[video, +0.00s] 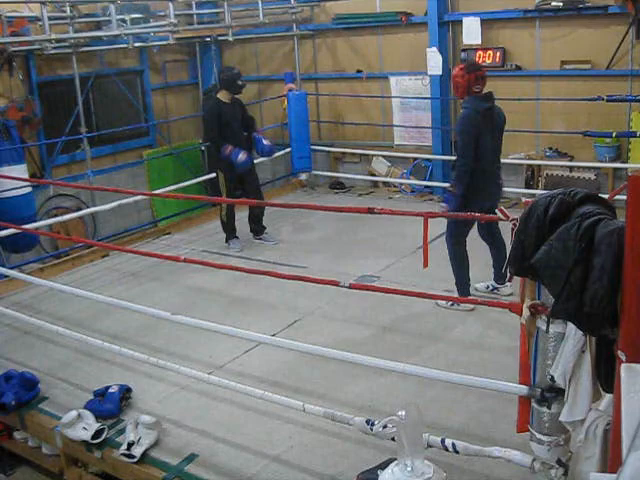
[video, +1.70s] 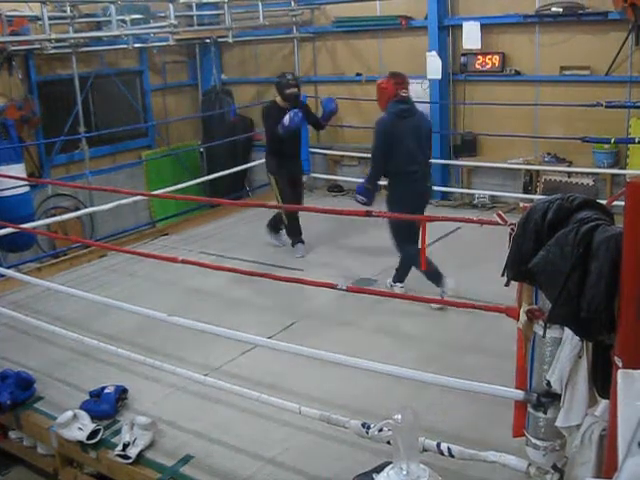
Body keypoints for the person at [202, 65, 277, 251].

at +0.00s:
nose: (241, 84)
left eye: (240, 80)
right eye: (237, 81)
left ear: (230, 83)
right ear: (227, 83)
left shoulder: (237, 103)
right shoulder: (212, 106)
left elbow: (248, 125)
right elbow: (212, 137)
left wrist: (257, 139)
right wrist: (231, 151)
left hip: (243, 154)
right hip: (222, 158)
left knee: (256, 195)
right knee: (227, 198)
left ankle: (258, 231)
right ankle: (231, 236)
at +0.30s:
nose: (240, 85)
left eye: (240, 82)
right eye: (237, 82)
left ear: (227, 84)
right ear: (227, 84)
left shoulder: (236, 104)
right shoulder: (212, 107)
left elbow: (247, 129)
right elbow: (208, 138)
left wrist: (257, 150)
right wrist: (209, 162)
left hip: (244, 158)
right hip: (224, 160)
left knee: (256, 196)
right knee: (228, 199)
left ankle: (257, 232)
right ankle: (230, 236)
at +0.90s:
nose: (253, 86)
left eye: (253, 82)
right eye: (249, 83)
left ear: (252, 83)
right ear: (239, 85)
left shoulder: (252, 104)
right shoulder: (228, 107)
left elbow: (260, 130)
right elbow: (226, 136)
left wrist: (271, 146)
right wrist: (233, 160)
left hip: (256, 156)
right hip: (238, 158)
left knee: (264, 195)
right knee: (236, 198)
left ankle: (266, 232)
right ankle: (231, 237)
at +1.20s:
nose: (269, 89)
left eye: (271, 85)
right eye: (264, 85)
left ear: (274, 85)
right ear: (256, 86)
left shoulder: (269, 104)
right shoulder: (246, 104)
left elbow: (279, 125)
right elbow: (242, 132)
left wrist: (295, 135)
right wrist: (255, 148)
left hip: (268, 154)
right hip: (251, 156)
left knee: (270, 196)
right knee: (257, 197)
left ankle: (266, 234)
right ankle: (240, 233)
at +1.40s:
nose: (279, 87)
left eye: (281, 83)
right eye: (275, 83)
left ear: (283, 84)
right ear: (266, 85)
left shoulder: (281, 103)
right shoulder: (253, 105)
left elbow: (294, 123)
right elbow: (251, 131)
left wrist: (310, 129)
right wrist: (266, 141)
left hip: (273, 153)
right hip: (255, 154)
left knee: (275, 196)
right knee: (269, 197)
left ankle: (271, 233)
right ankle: (266, 236)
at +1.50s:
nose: (285, 88)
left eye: (286, 84)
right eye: (280, 85)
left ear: (288, 85)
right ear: (271, 87)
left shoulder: (288, 103)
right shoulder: (260, 106)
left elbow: (302, 125)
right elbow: (257, 135)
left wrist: (316, 125)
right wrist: (270, 138)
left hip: (280, 154)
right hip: (261, 156)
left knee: (278, 194)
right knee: (274, 195)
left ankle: (265, 231)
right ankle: (287, 236)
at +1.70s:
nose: (294, 92)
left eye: (296, 88)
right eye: (289, 89)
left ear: (299, 89)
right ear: (280, 91)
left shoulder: (300, 106)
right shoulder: (270, 109)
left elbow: (318, 126)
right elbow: (272, 137)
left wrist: (327, 115)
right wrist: (286, 126)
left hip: (294, 160)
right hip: (276, 161)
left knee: (296, 201)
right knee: (288, 201)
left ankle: (274, 225)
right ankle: (297, 240)